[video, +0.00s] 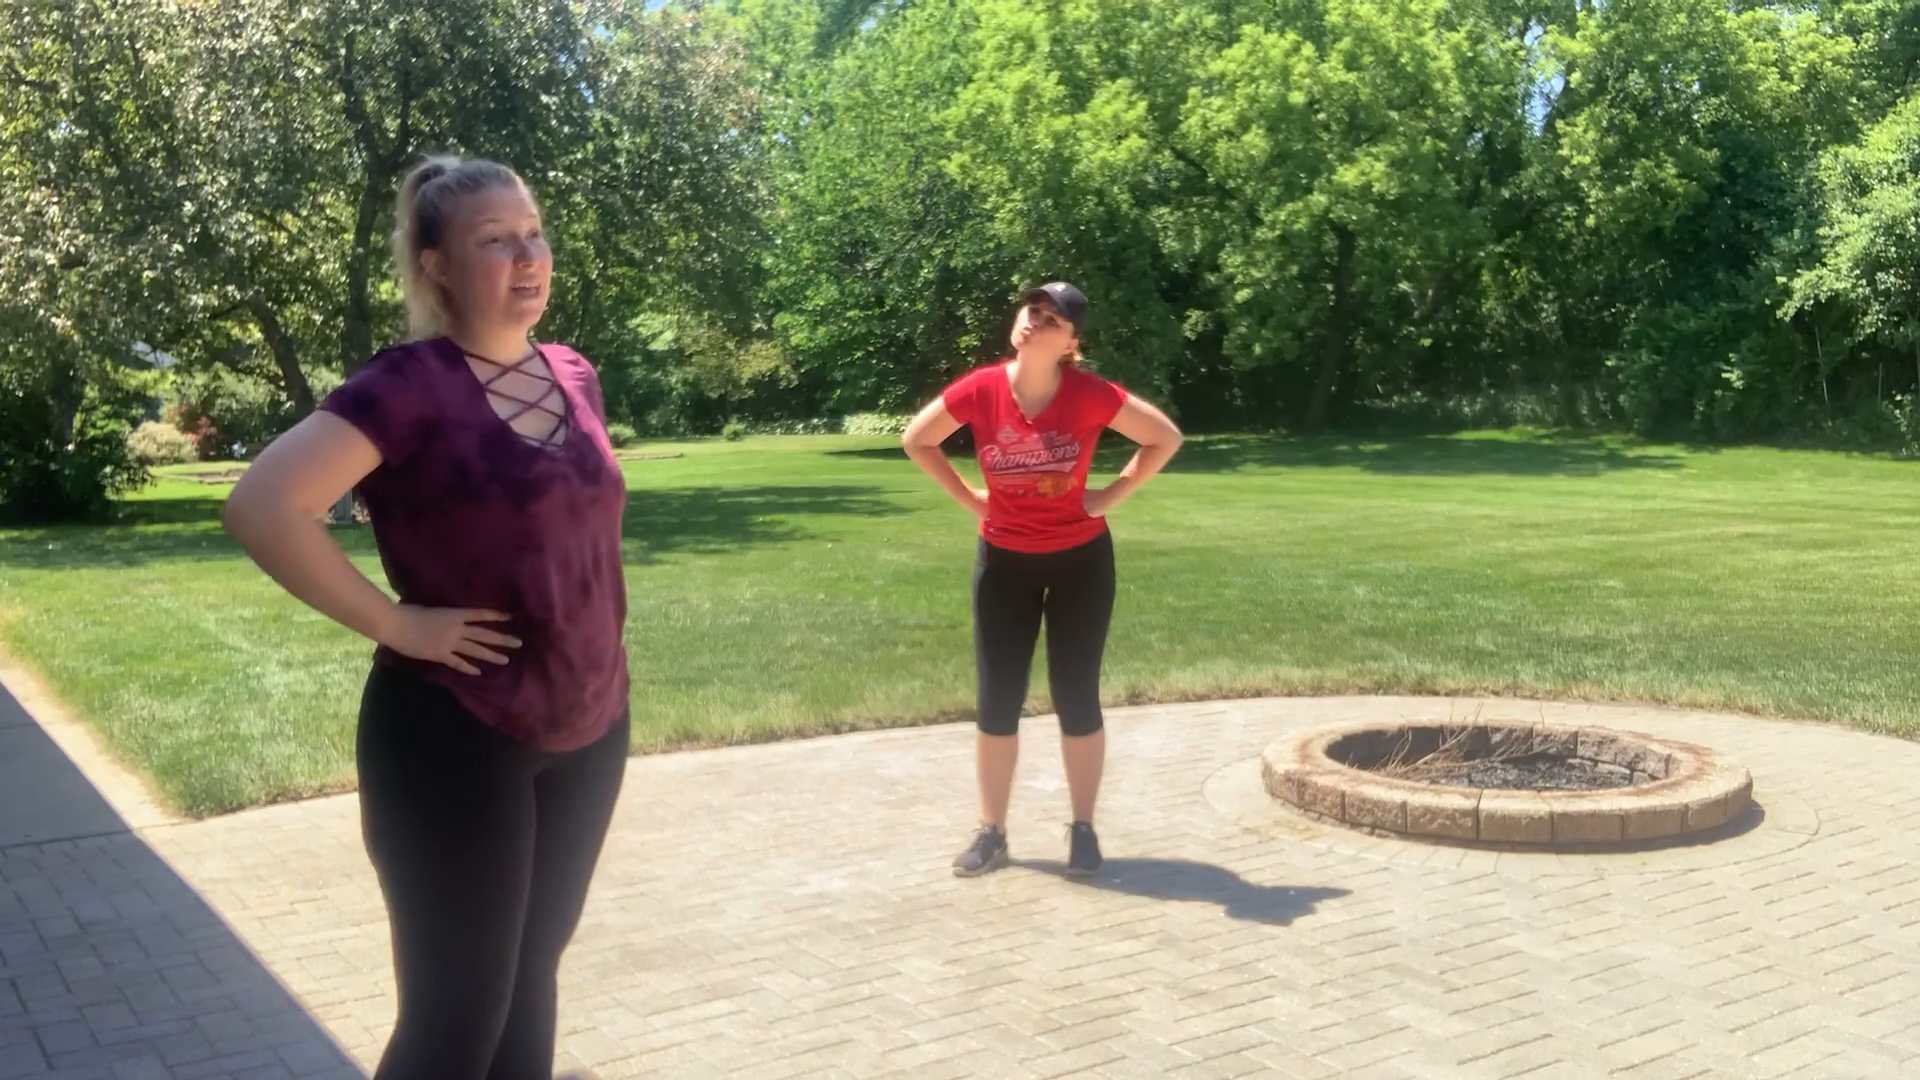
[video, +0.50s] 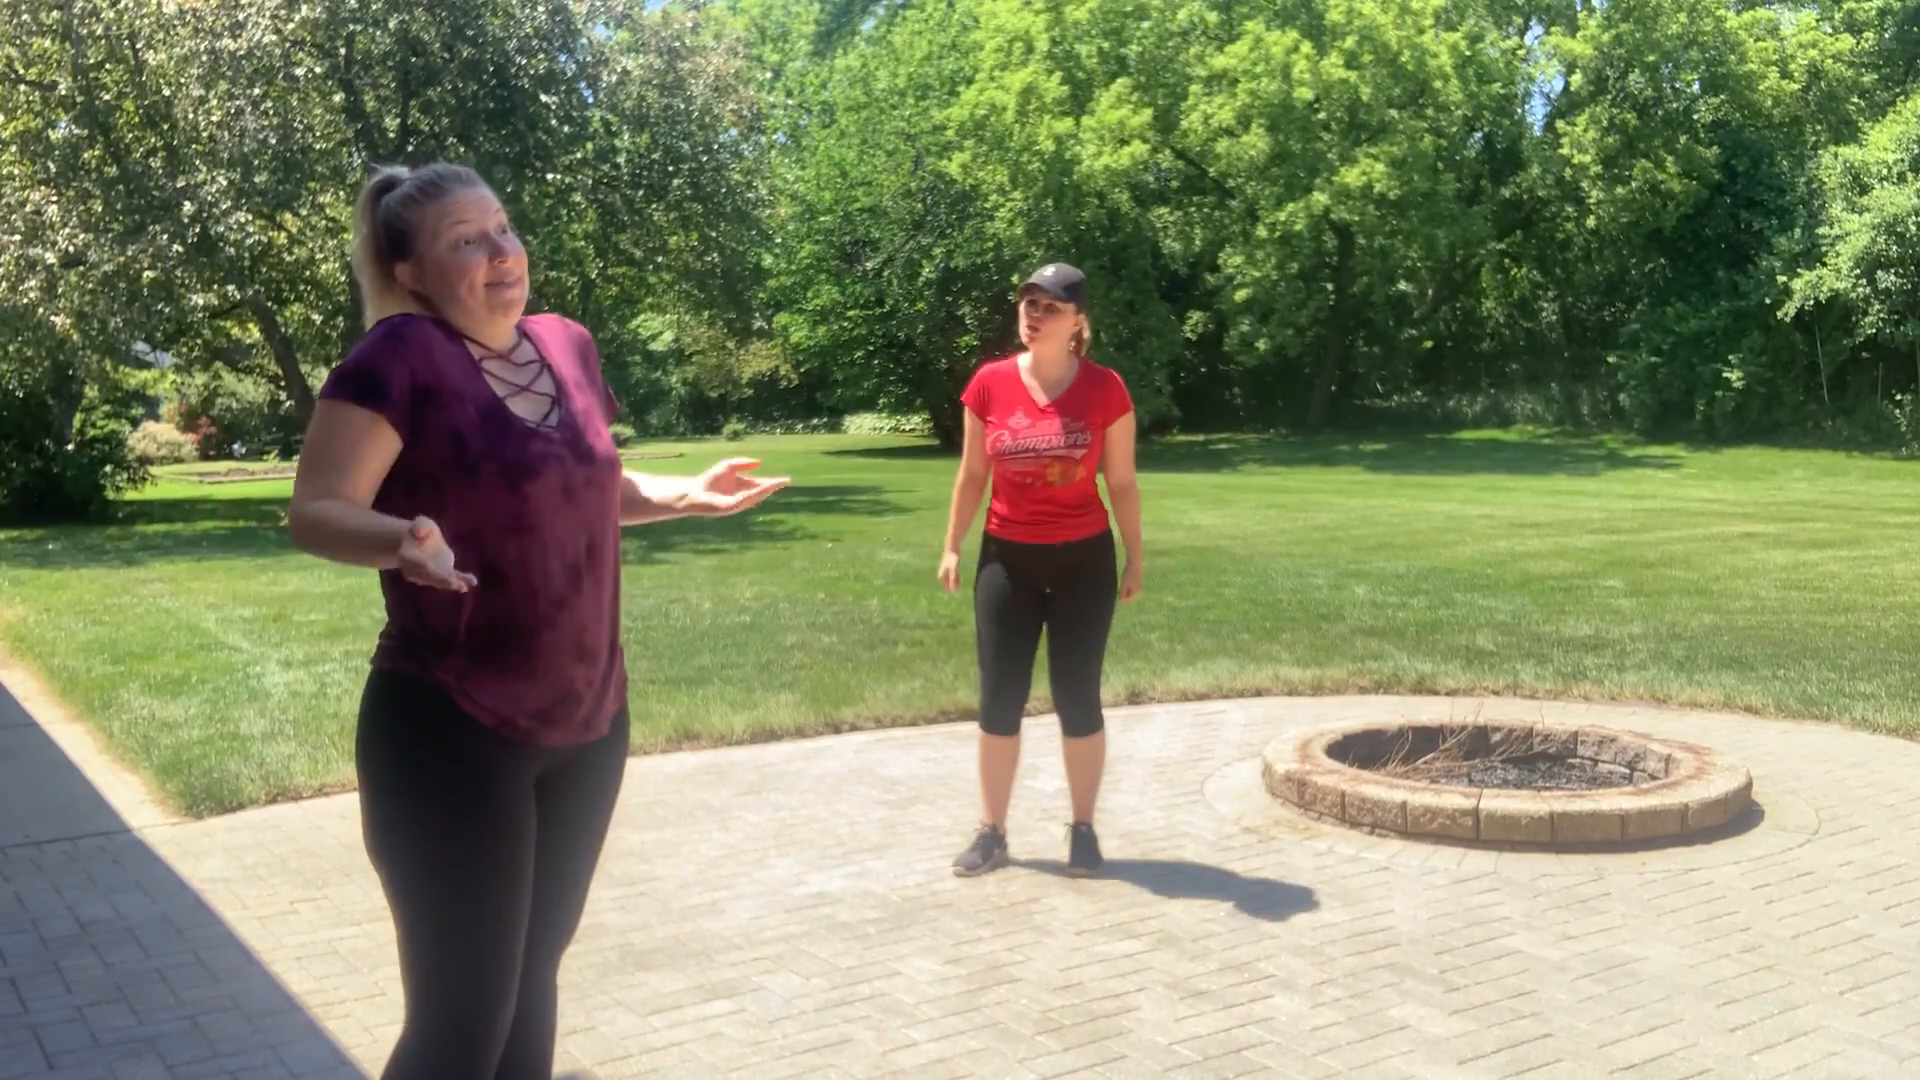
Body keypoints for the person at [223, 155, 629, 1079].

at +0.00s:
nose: (532, 258)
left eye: (537, 238)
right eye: (500, 242)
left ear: (548, 249)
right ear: (436, 266)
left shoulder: (572, 373)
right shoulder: (409, 384)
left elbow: (578, 500)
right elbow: (262, 508)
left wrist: (584, 604)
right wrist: (394, 622)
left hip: (587, 714)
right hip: (454, 725)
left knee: (530, 986)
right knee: (456, 1020)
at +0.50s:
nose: (503, 255)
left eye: (506, 234)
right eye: (468, 244)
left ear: (520, 242)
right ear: (409, 275)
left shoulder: (563, 344)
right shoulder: (396, 358)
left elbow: (578, 486)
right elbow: (312, 512)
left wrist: (678, 493)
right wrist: (397, 539)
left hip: (583, 715)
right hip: (451, 726)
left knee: (533, 981)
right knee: (461, 1021)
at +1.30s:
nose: (550, 269)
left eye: (544, 246)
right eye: (534, 245)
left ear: (476, 256)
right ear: (471, 252)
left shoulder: (506, 372)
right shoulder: (424, 366)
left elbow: (512, 534)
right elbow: (366, 544)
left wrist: (638, 558)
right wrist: (518, 604)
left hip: (554, 718)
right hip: (459, 726)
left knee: (513, 998)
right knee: (471, 1027)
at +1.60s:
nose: (522, 260)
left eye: (513, 242)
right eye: (510, 240)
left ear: (423, 267)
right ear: (476, 247)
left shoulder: (426, 368)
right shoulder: (461, 368)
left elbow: (455, 579)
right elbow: (481, 573)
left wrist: (560, 681)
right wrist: (561, 740)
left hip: (452, 712)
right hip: (476, 724)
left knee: (487, 1023)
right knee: (486, 1032)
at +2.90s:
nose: (574, 256)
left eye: (567, 236)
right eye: (559, 238)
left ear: (508, 261)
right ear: (508, 259)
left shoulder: (540, 366)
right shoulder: (449, 386)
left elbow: (567, 525)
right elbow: (407, 580)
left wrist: (653, 615)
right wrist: (510, 744)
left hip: (581, 731)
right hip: (481, 745)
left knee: (536, 995)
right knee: (469, 1025)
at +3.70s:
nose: (604, 275)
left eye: (606, 254)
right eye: (581, 254)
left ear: (603, 258)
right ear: (504, 260)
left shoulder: (593, 371)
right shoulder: (443, 370)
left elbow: (606, 553)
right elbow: (388, 543)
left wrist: (674, 651)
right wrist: (449, 645)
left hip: (573, 721)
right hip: (442, 719)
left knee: (541, 1005)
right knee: (459, 1011)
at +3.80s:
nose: (560, 280)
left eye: (571, 259)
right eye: (536, 257)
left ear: (583, 265)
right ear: (466, 257)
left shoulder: (579, 385)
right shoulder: (411, 363)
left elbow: (586, 568)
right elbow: (315, 519)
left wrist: (683, 639)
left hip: (568, 729)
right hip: (427, 728)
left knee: (530, 1015)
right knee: (440, 1024)